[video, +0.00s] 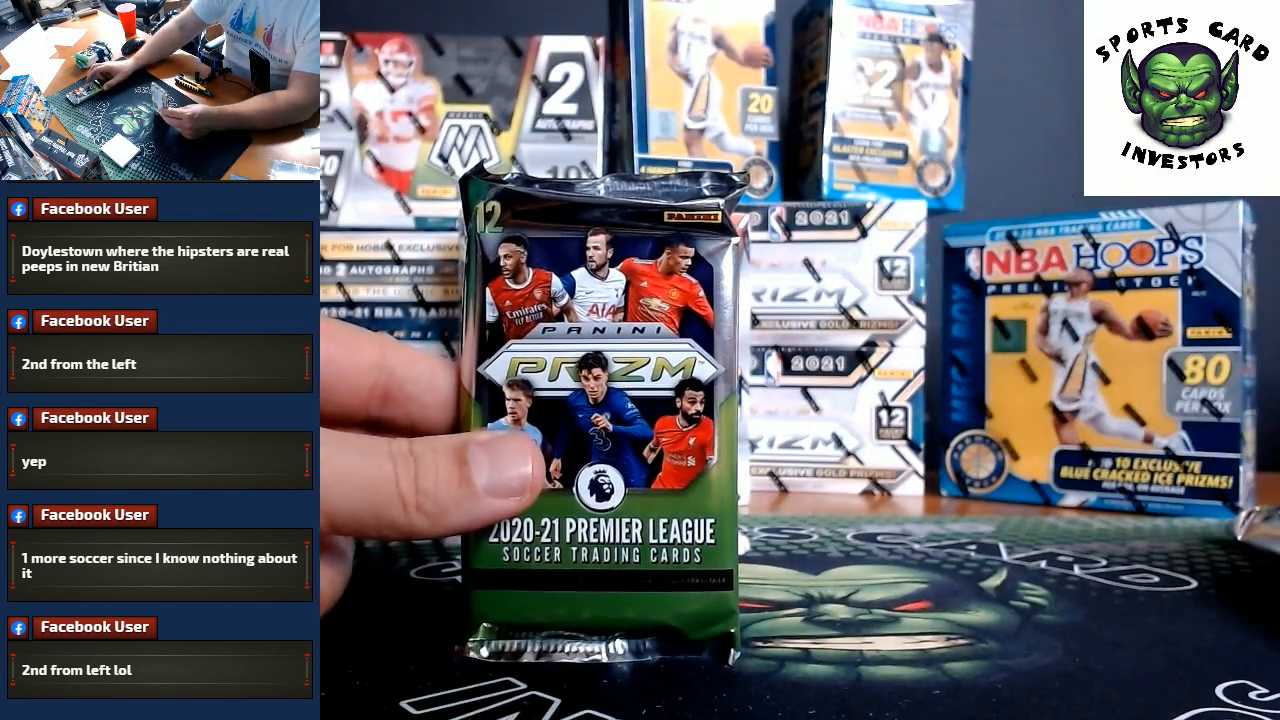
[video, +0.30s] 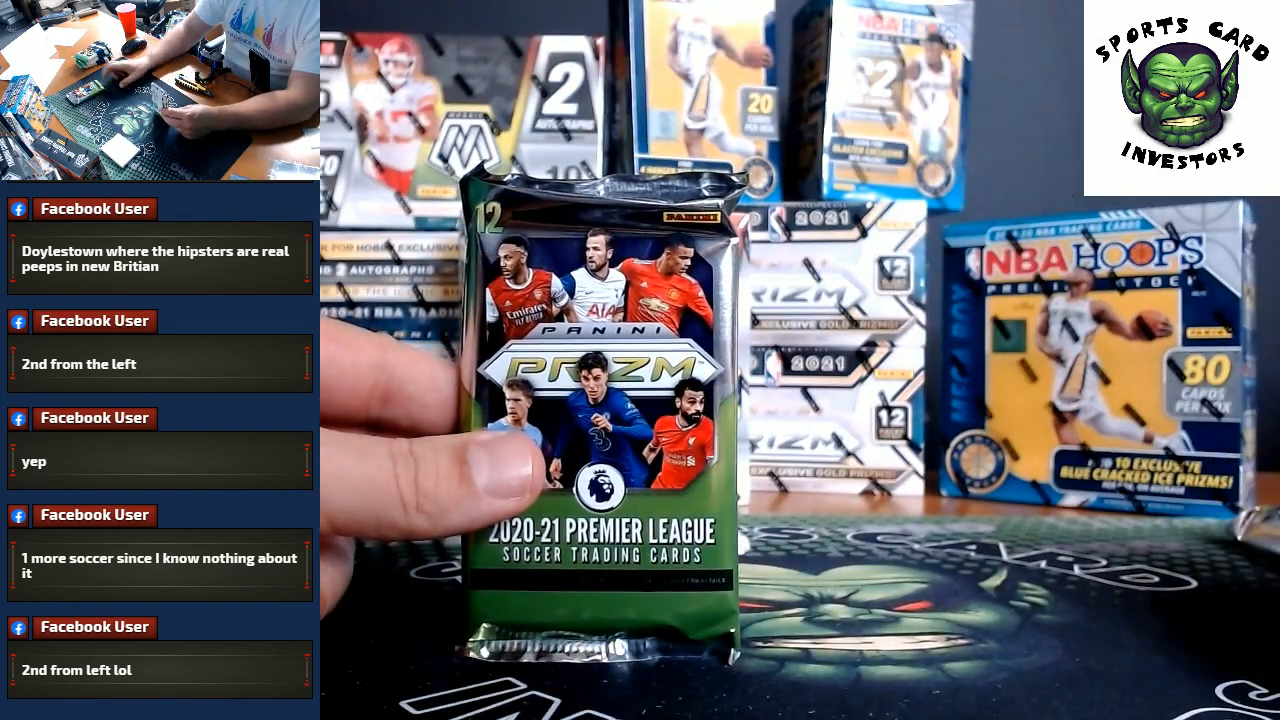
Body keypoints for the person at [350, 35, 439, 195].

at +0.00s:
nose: (398, 70)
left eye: (404, 65)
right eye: (392, 64)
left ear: (413, 66)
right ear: (381, 64)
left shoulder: (424, 90)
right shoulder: (365, 90)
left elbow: (432, 130)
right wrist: (370, 126)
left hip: (405, 169)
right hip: (373, 165)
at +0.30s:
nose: (398, 70)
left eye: (404, 64)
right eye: (392, 63)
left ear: (413, 66)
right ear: (381, 64)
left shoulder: (424, 90)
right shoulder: (365, 90)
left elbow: (432, 130)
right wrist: (370, 127)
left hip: (405, 170)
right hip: (373, 165)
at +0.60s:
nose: (399, 70)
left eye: (405, 65)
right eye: (393, 64)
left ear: (413, 66)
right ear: (382, 64)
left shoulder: (423, 90)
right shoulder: (365, 90)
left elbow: (432, 130)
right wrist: (370, 126)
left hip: (405, 170)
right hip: (374, 165)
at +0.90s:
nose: (399, 70)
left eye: (405, 65)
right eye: (393, 64)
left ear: (413, 66)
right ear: (382, 64)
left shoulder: (423, 90)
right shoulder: (365, 90)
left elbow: (432, 130)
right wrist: (370, 126)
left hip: (405, 170)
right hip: (374, 165)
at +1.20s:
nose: (399, 70)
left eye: (405, 65)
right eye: (393, 64)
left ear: (413, 66)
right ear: (382, 64)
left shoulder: (423, 90)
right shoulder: (365, 90)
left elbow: (432, 130)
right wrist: (370, 126)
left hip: (405, 169)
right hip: (374, 164)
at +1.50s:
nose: (398, 70)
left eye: (404, 65)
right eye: (392, 64)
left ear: (413, 66)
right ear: (381, 64)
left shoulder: (424, 90)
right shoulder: (365, 90)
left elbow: (432, 130)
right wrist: (370, 126)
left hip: (405, 169)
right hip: (373, 165)